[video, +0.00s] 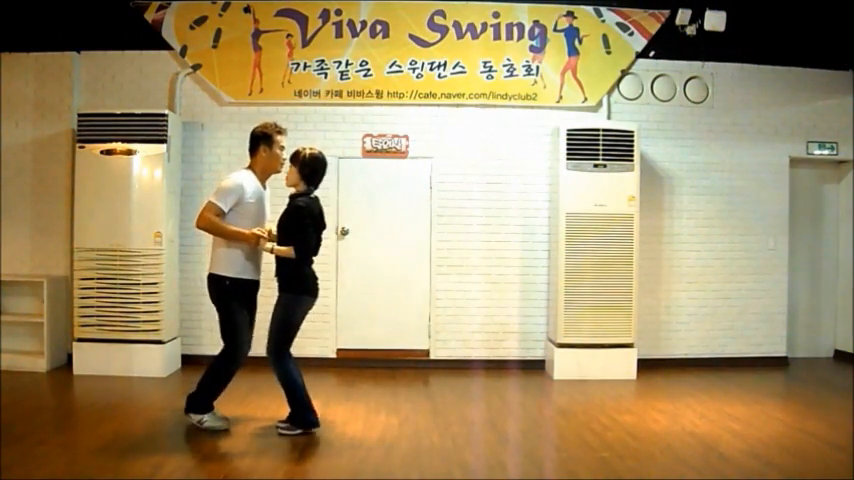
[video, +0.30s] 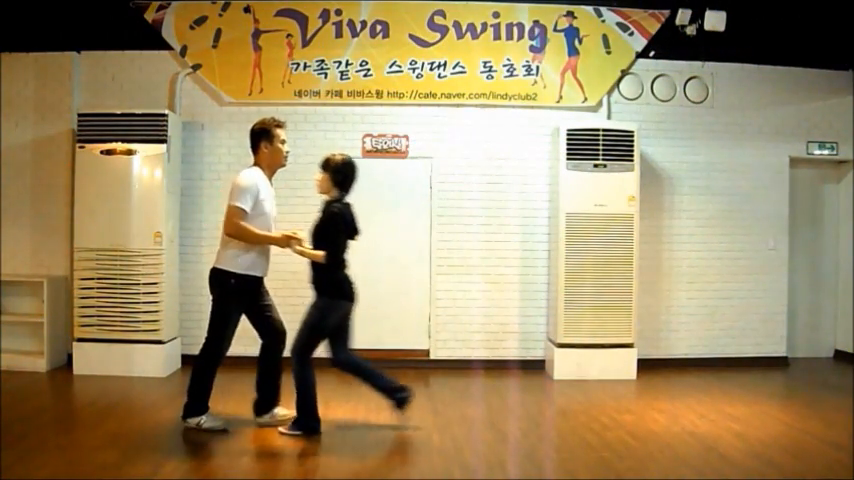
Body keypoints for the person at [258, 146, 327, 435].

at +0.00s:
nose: (285, 169)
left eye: (290, 166)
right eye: (288, 165)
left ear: (301, 173)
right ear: (306, 173)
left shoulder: (300, 206)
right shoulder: (309, 202)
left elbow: (302, 251)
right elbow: (306, 245)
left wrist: (269, 247)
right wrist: (275, 237)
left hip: (296, 288)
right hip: (301, 286)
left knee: (277, 350)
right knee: (279, 349)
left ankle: (303, 417)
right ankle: (302, 412)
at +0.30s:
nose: (317, 177)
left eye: (322, 173)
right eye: (320, 172)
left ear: (332, 179)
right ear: (337, 179)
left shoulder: (333, 212)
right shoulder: (341, 208)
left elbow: (330, 258)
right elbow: (351, 235)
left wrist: (299, 249)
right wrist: (310, 244)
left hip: (330, 296)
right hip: (340, 294)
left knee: (300, 353)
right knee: (341, 357)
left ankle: (307, 421)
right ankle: (397, 391)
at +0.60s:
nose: (385, 178)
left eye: (390, 173)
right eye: (387, 172)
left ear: (402, 178)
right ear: (406, 178)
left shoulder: (409, 211)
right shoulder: (407, 208)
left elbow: (390, 250)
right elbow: (383, 240)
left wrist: (356, 243)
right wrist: (355, 234)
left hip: (407, 294)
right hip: (414, 291)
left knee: (375, 348)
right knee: (417, 355)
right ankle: (445, 415)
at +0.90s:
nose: (417, 203)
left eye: (421, 198)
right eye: (418, 198)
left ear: (434, 200)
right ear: (435, 200)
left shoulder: (448, 233)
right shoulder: (437, 231)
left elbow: (445, 279)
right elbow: (412, 259)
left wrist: (412, 272)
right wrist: (380, 269)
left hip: (461, 316)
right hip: (448, 313)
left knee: (420, 366)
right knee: (412, 361)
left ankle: (458, 424)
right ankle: (443, 415)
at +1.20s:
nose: (428, 184)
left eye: (432, 179)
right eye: (429, 179)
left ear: (446, 182)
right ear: (444, 183)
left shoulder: (460, 212)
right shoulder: (443, 214)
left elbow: (462, 253)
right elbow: (412, 240)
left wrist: (437, 234)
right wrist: (368, 241)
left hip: (471, 296)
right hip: (458, 295)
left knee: (439, 358)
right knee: (432, 354)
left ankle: (462, 427)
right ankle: (448, 414)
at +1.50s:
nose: (432, 177)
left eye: (436, 171)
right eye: (433, 171)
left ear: (451, 173)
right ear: (448, 174)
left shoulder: (469, 206)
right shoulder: (445, 208)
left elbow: (475, 249)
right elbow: (413, 233)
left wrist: (454, 227)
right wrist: (372, 236)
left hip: (464, 290)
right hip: (448, 290)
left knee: (454, 356)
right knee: (448, 353)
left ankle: (464, 429)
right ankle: (447, 408)